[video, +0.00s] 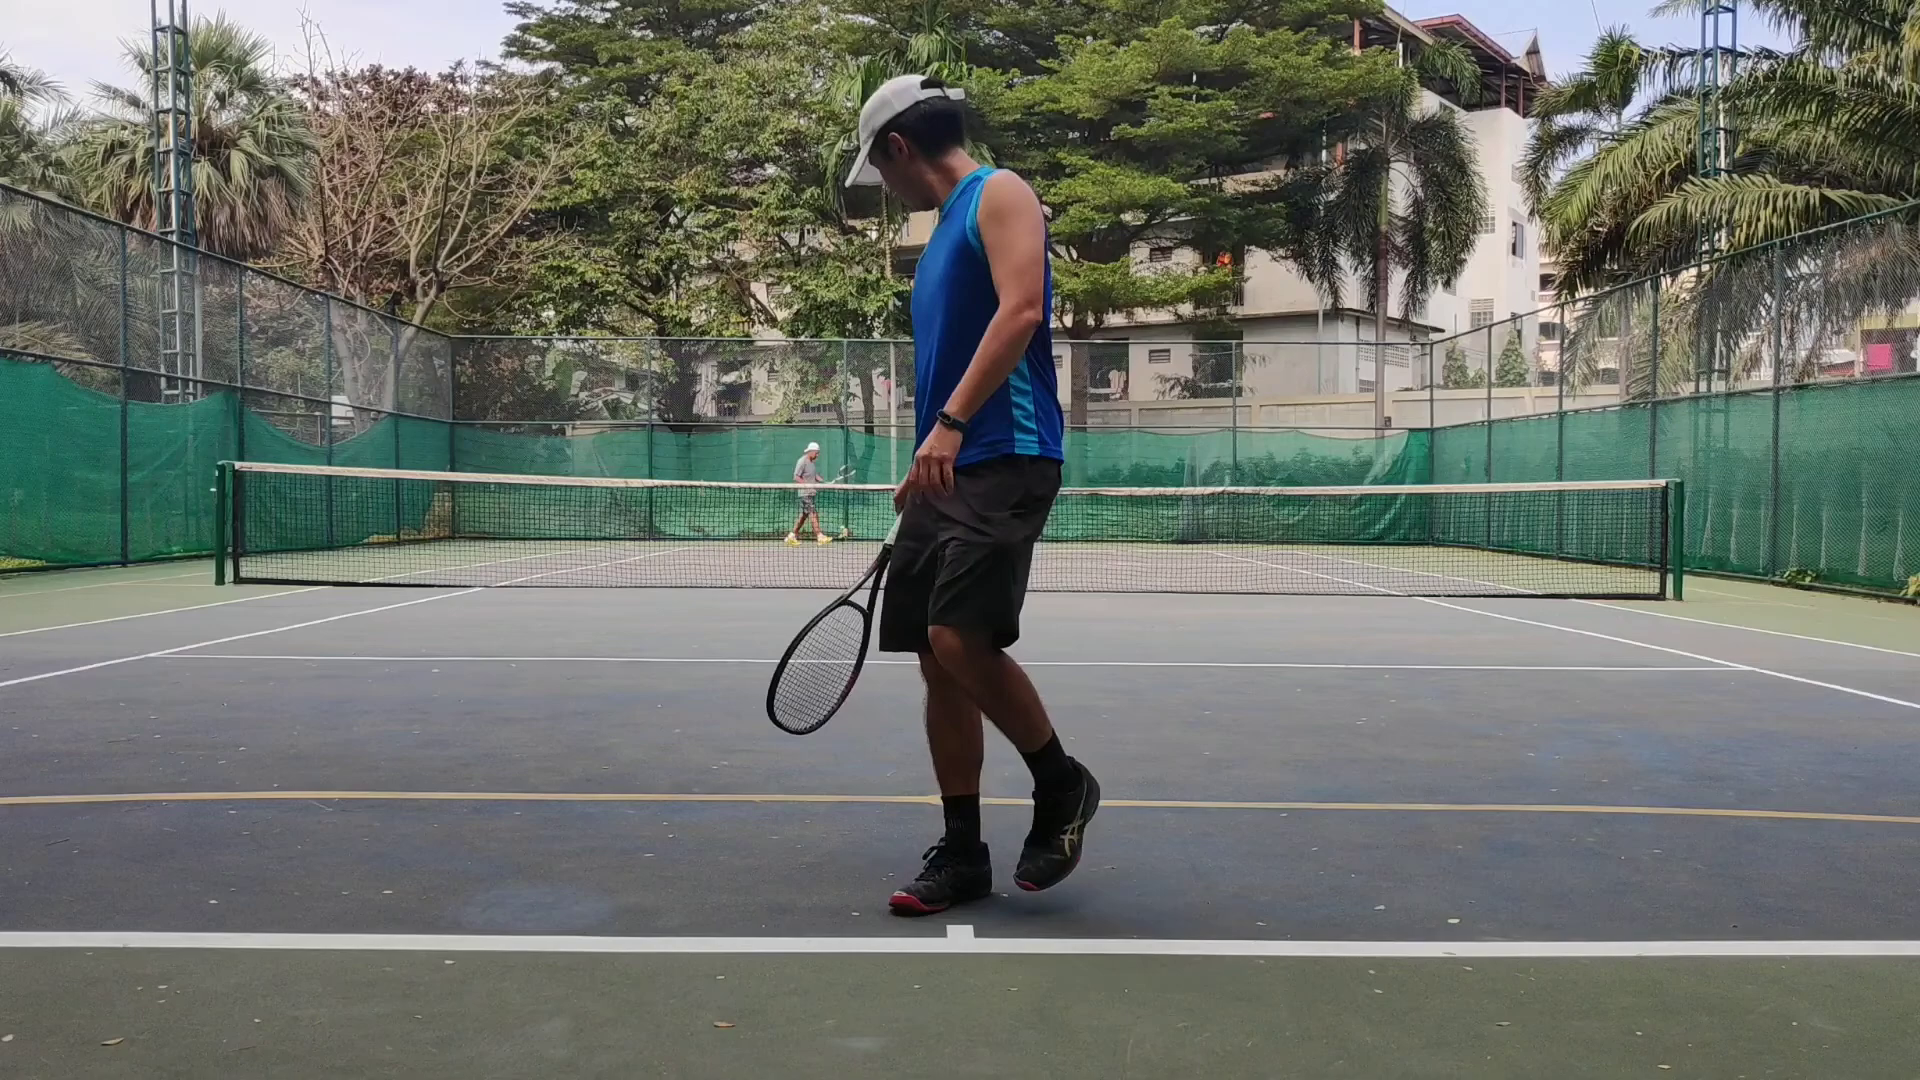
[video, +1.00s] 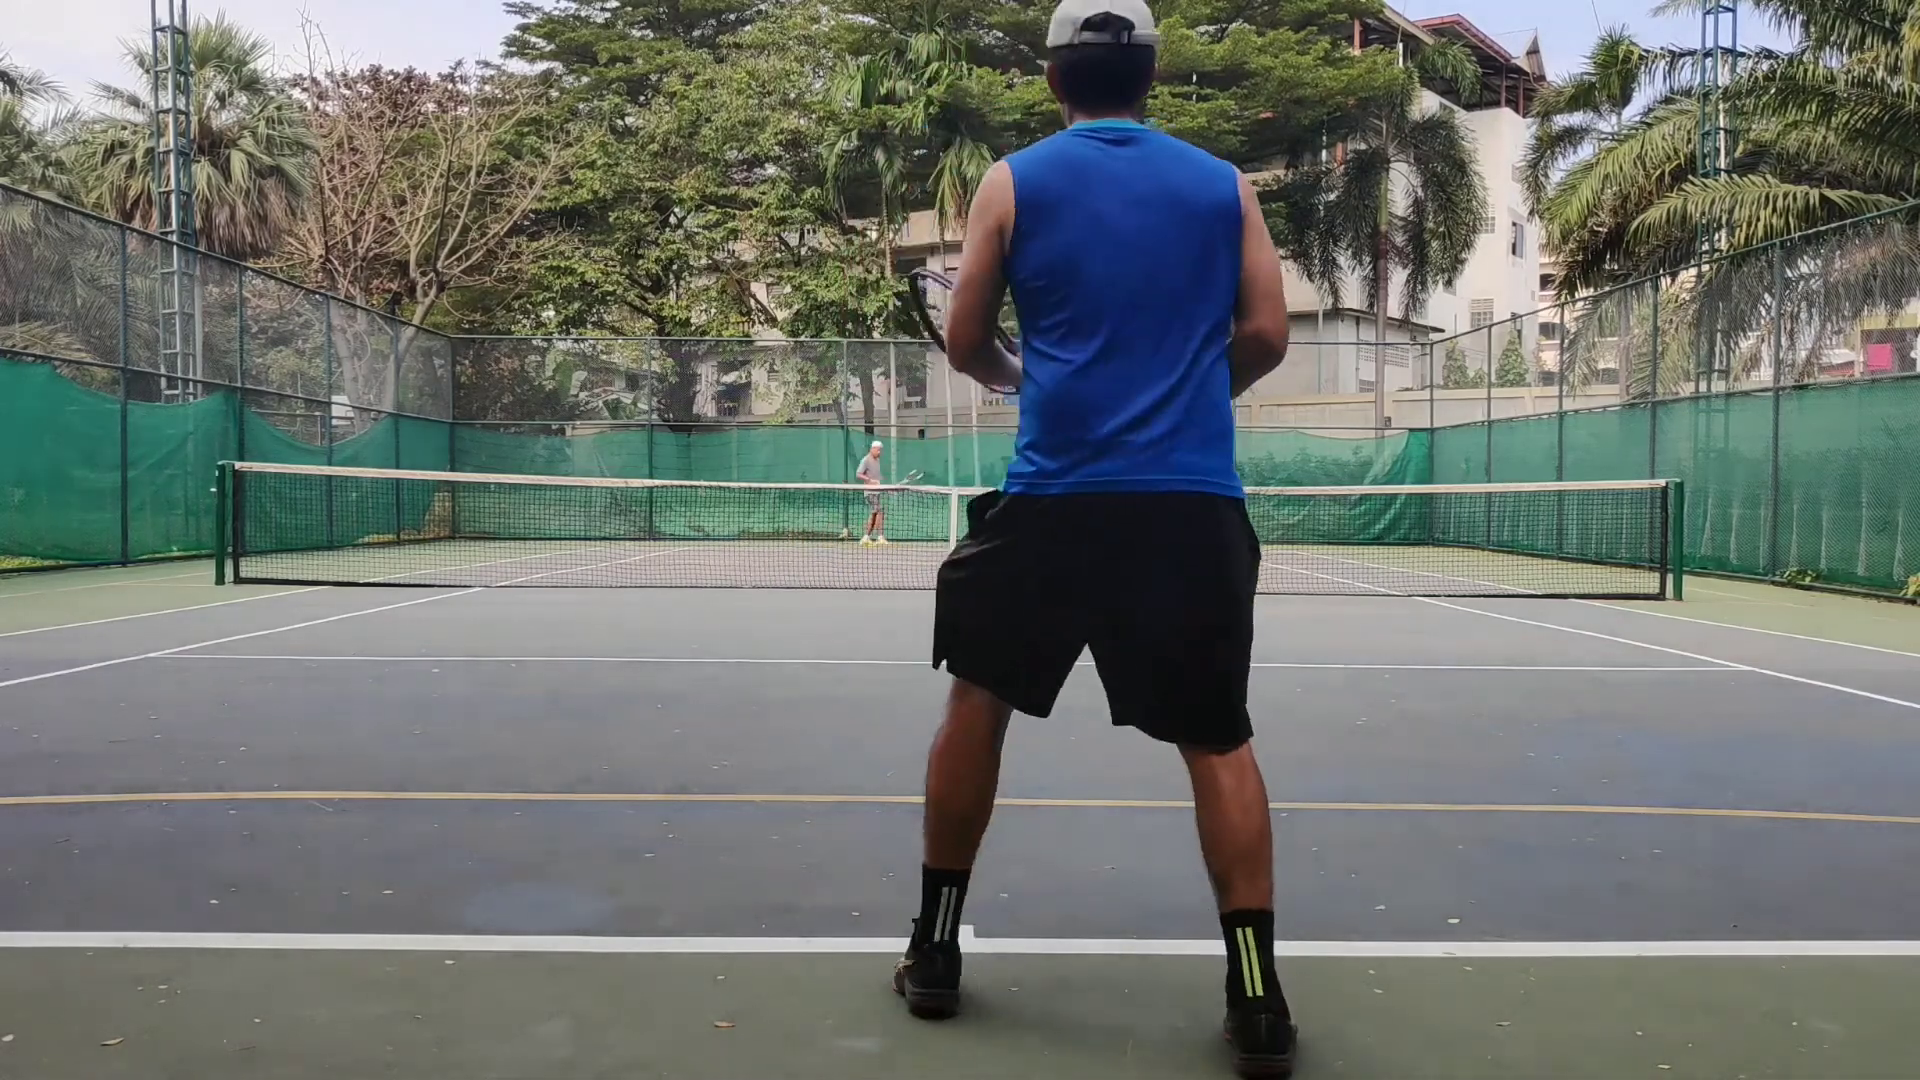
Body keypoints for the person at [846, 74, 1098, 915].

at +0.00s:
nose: (882, 180)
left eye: (878, 163)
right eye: (877, 166)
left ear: (901, 146)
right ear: (928, 139)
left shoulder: (999, 192)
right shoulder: (953, 225)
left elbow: (1023, 310)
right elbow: (953, 367)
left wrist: (949, 420)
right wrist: (924, 472)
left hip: (1005, 463)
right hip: (949, 468)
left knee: (961, 641)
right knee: (939, 651)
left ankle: (1061, 783)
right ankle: (963, 850)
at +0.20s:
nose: (878, 151)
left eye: (875, 135)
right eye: (876, 137)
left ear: (888, 130)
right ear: (954, 120)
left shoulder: (958, 187)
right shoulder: (971, 188)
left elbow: (953, 317)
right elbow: (968, 344)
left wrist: (865, 424)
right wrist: (867, 447)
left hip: (984, 461)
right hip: (976, 461)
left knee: (935, 657)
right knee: (927, 653)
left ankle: (998, 883)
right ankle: (972, 847)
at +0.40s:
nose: (877, 134)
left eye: (877, 122)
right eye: (885, 121)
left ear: (890, 118)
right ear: (970, 117)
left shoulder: (889, 189)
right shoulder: (1035, 200)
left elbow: (863, 334)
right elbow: (1091, 330)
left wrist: (850, 435)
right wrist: (1043, 400)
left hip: (969, 477)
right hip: (1045, 475)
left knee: (933, 681)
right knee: (985, 674)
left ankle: (981, 942)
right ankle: (975, 862)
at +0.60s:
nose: (912, 95)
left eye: (908, 83)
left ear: (915, 83)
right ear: (1000, 79)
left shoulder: (885, 172)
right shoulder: (1078, 164)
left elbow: (867, 326)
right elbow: (1133, 301)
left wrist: (900, 401)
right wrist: (1075, 362)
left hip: (960, 491)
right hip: (1081, 484)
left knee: (965, 703)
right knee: (1080, 686)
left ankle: (981, 938)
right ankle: (1118, 918)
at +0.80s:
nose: (994, 55)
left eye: (980, 45)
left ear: (974, 55)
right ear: (1062, 52)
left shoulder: (926, 154)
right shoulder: (1134, 147)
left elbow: (900, 315)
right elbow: (1181, 299)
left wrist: (954, 370)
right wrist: (1114, 366)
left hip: (990, 489)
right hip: (1124, 480)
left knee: (979, 706)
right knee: (1177, 690)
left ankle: (976, 937)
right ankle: (1250, 924)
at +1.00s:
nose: (1060, 91)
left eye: (1056, 78)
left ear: (1054, 86)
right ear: (1148, 83)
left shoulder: (1013, 180)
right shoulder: (1223, 184)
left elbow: (962, 337)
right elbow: (1267, 332)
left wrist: (1014, 374)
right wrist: (1185, 388)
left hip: (1049, 512)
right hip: (1192, 514)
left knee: (976, 707)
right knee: (1220, 740)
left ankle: (936, 950)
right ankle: (1256, 993)